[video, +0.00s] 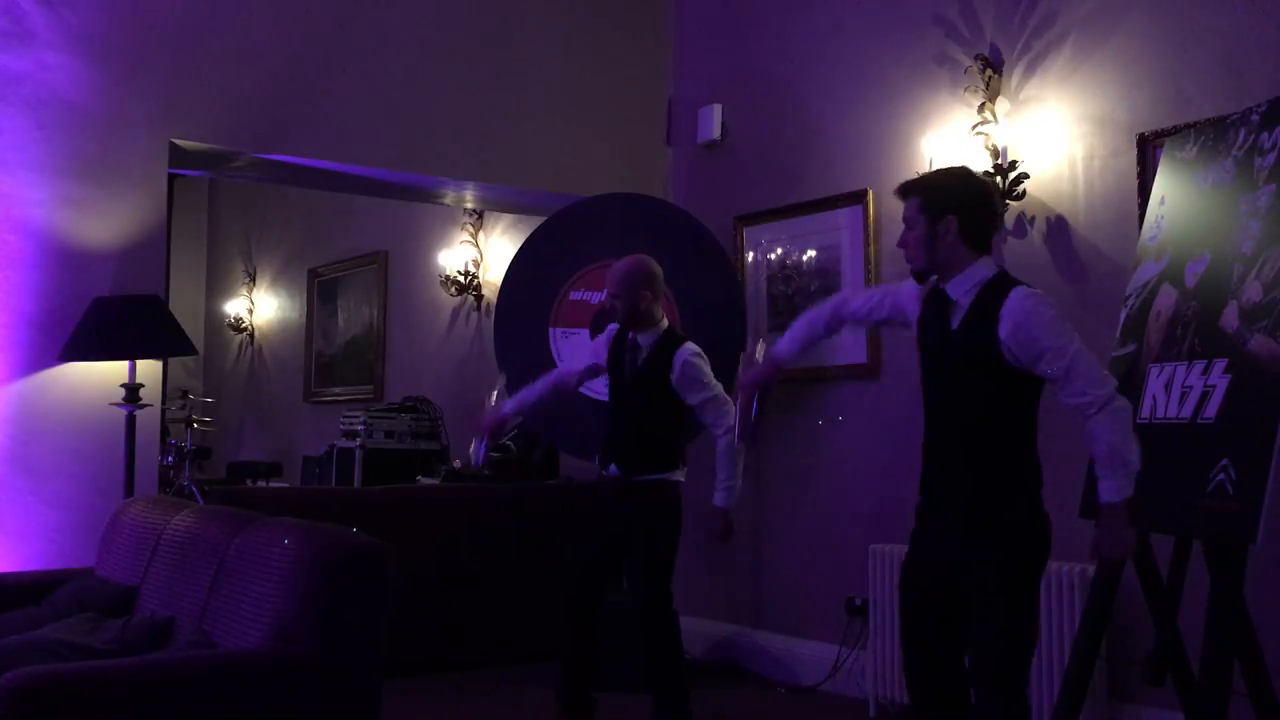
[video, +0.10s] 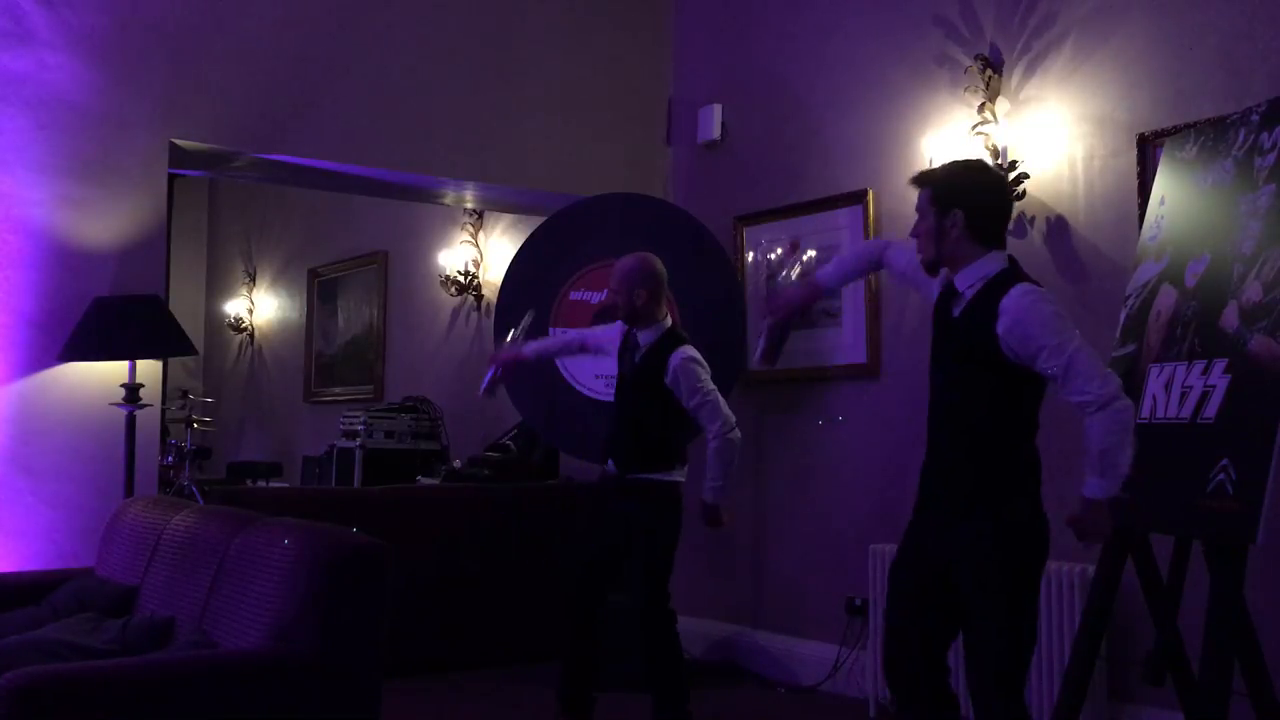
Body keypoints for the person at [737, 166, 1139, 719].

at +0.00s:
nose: (900, 239)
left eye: (910, 225)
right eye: (902, 226)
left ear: (949, 231)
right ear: (945, 233)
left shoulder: (1021, 310)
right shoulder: (921, 300)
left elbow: (1105, 404)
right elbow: (840, 308)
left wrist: (1114, 510)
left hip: (1004, 524)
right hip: (938, 518)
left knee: (997, 683)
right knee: (928, 677)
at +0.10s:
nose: (914, 230)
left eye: (922, 217)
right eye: (917, 217)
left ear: (956, 225)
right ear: (959, 226)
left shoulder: (1021, 306)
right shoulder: (948, 283)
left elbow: (1109, 402)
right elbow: (880, 250)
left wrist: (1099, 495)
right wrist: (809, 288)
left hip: (1002, 518)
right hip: (941, 510)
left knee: (994, 686)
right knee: (909, 667)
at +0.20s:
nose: (925, 221)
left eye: (933, 209)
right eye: (929, 208)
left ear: (965, 219)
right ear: (971, 219)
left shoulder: (1025, 302)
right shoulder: (965, 271)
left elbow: (1115, 394)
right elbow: (913, 236)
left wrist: (1090, 474)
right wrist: (849, 266)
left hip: (995, 514)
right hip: (938, 503)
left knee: (996, 682)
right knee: (890, 644)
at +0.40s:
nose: (940, 226)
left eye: (948, 213)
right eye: (943, 212)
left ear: (979, 224)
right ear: (980, 226)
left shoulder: (1052, 313)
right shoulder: (953, 283)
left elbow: (1114, 416)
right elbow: (909, 337)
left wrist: (1039, 440)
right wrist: (893, 385)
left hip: (999, 515)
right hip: (929, 502)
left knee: (1001, 680)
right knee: (886, 648)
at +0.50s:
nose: (936, 232)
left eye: (946, 218)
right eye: (939, 218)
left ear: (982, 228)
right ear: (979, 229)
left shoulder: (1055, 320)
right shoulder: (945, 293)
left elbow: (1089, 415)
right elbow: (906, 372)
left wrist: (1020, 433)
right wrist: (897, 450)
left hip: (999, 513)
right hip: (927, 502)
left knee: (998, 671)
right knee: (885, 652)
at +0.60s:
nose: (927, 234)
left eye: (937, 221)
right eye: (931, 220)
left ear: (974, 231)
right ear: (967, 232)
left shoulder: (1046, 322)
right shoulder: (937, 285)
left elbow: (1093, 409)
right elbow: (897, 370)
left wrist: (1025, 429)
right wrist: (887, 452)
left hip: (996, 516)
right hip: (923, 505)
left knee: (997, 680)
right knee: (880, 660)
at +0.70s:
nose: (907, 236)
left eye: (918, 223)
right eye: (911, 223)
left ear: (955, 233)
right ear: (950, 233)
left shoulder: (1022, 318)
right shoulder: (922, 295)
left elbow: (1106, 404)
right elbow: (896, 373)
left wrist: (1055, 469)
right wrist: (870, 438)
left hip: (986, 517)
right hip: (915, 509)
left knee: (985, 682)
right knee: (876, 659)